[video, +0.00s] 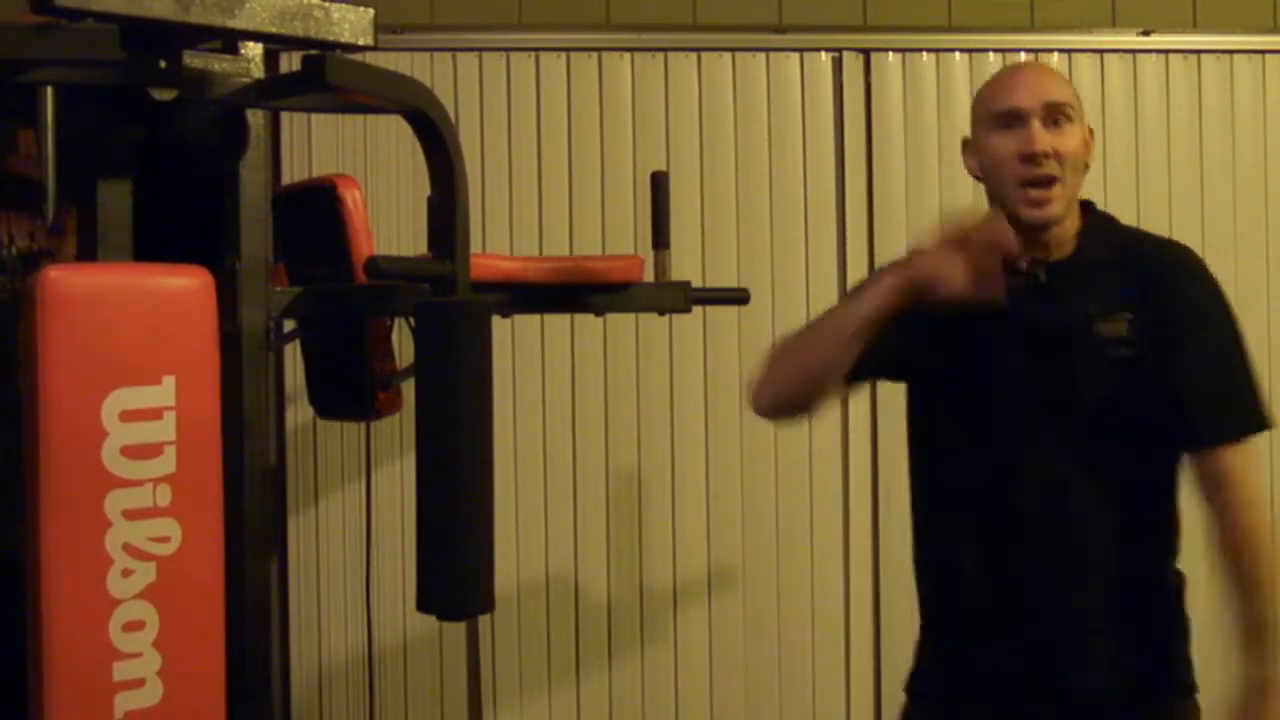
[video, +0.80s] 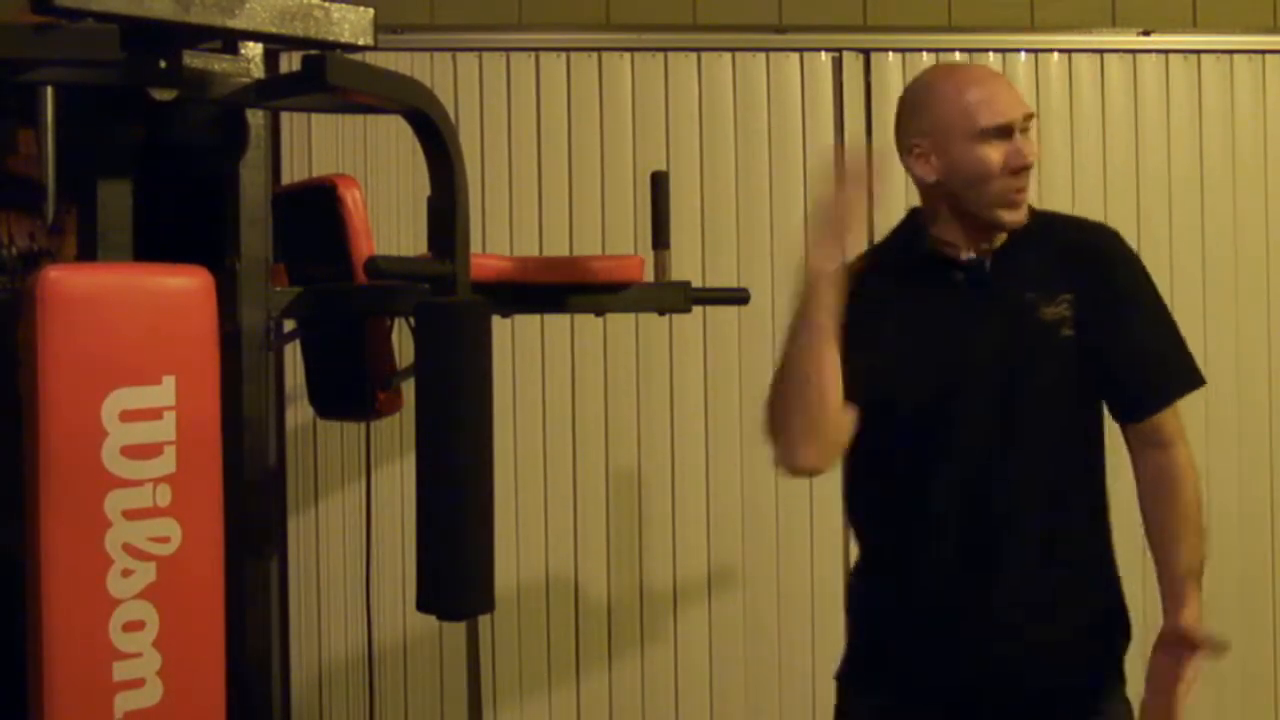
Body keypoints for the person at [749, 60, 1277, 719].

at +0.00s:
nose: (1037, 144)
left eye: (1056, 121)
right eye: (1009, 124)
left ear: (1087, 145)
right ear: (973, 157)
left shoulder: (1162, 278)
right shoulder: (933, 289)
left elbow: (1229, 487)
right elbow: (772, 395)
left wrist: (1262, 672)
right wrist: (905, 277)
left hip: (1128, 667)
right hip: (968, 670)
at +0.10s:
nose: (1057, 145)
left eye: (1075, 118)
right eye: (1029, 124)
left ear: (1103, 132)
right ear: (988, 150)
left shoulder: (1179, 271)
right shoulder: (934, 287)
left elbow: (1262, 454)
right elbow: (844, 447)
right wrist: (838, 282)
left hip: (1134, 663)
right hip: (975, 661)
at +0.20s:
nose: (1089, 139)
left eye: (1098, 113)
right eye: (1059, 119)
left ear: (1115, 116)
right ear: (998, 137)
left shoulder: (1177, 249)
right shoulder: (940, 274)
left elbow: (1255, 430)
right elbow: (859, 468)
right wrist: (880, 342)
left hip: (1140, 643)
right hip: (979, 645)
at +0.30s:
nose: (1078, 135)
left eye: (1085, 108)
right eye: (1047, 116)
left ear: (1100, 112)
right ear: (984, 136)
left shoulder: (1159, 235)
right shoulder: (923, 271)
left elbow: (1227, 424)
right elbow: (878, 445)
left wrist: (1273, 607)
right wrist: (941, 275)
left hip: (1136, 640)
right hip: (975, 644)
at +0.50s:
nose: (1053, 124)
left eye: (1057, 97)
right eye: (1021, 105)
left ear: (1069, 101)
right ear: (957, 130)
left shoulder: (1132, 230)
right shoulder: (908, 252)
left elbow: (1189, 418)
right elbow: (850, 415)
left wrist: (1186, 603)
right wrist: (857, 230)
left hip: (1107, 626)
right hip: (948, 628)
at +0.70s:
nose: (1031, 140)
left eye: (1036, 115)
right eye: (1003, 121)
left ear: (1048, 119)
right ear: (935, 141)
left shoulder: (1097, 257)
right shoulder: (855, 282)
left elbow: (1147, 450)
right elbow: (756, 454)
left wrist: (1175, 625)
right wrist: (869, 387)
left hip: (1068, 651)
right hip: (907, 655)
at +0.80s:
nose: (1026, 155)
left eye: (1026, 129)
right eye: (997, 135)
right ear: (923, 159)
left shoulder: (1087, 260)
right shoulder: (868, 289)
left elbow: (1158, 444)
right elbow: (804, 451)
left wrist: (1182, 617)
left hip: (1064, 658)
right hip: (907, 663)